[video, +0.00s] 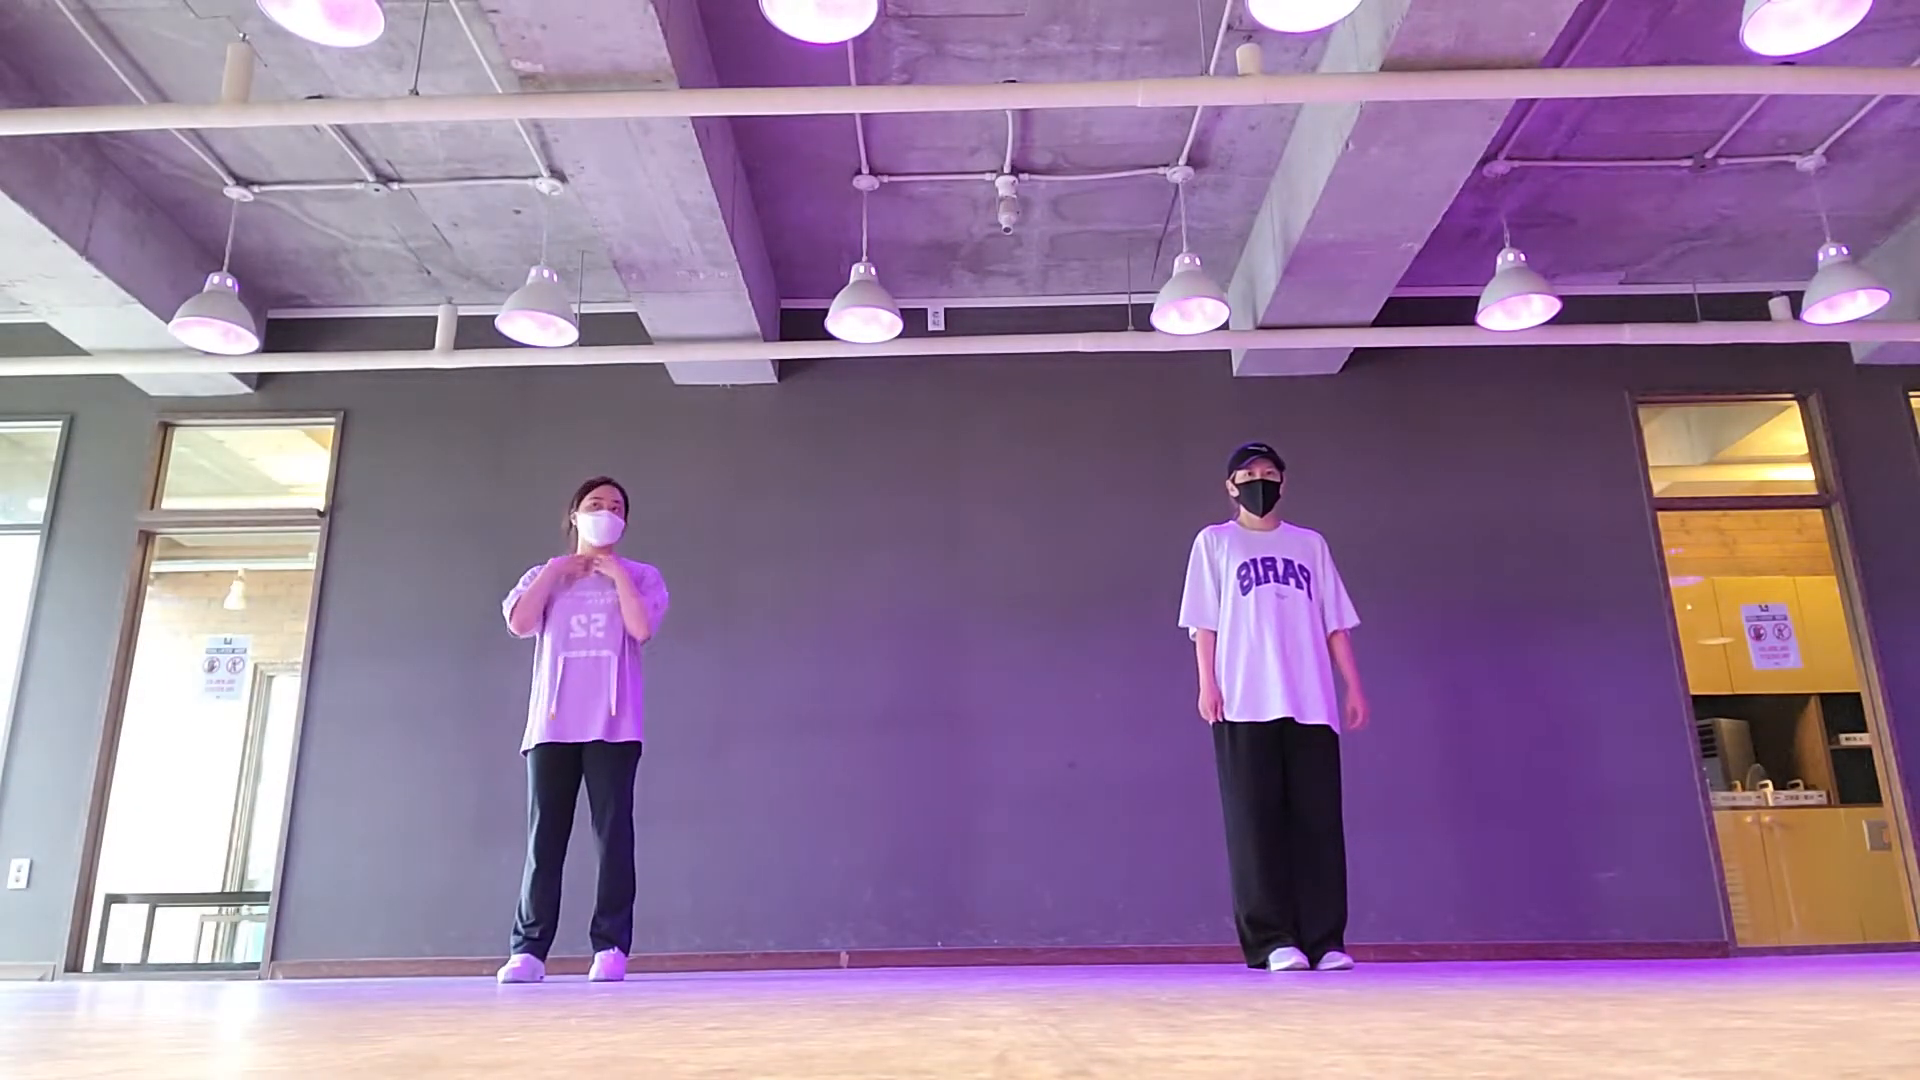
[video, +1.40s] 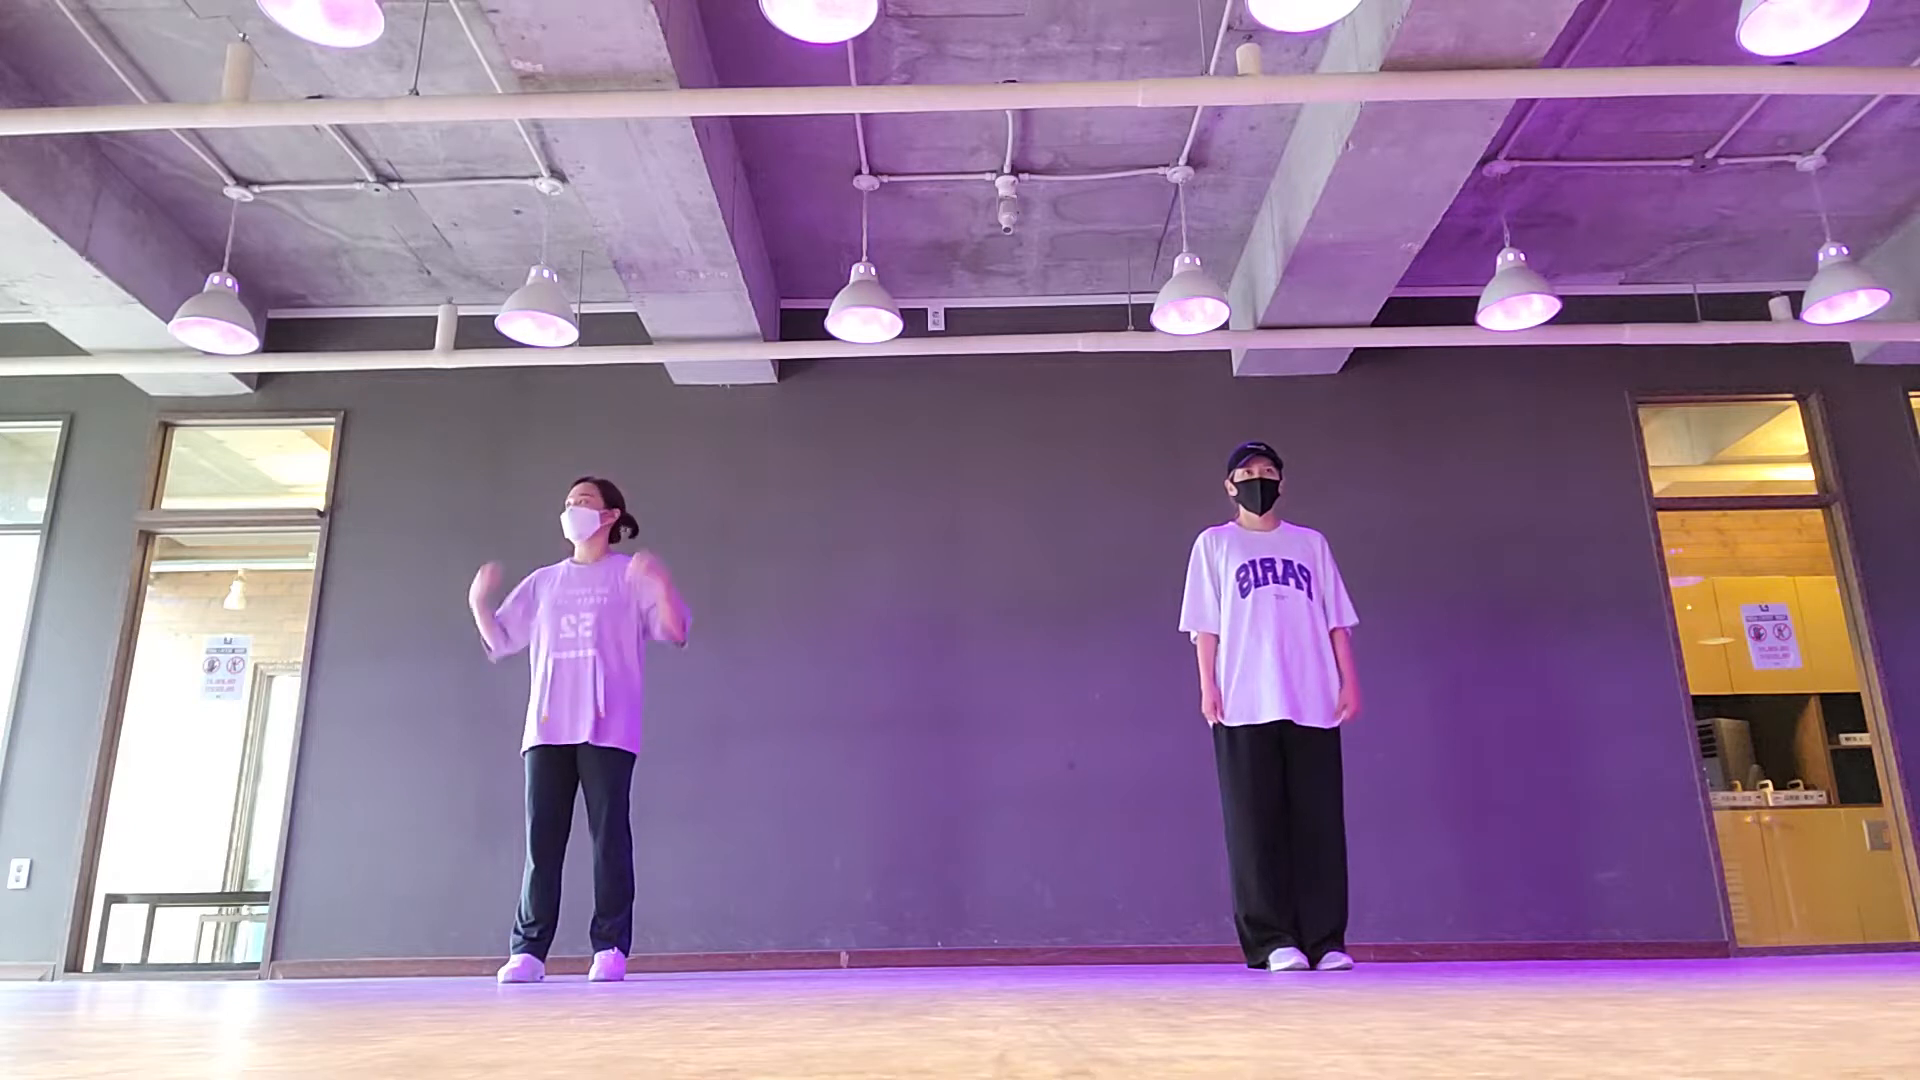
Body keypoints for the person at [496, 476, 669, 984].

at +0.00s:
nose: (606, 514)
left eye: (614, 508)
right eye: (595, 506)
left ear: (625, 524)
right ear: (574, 519)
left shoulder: (643, 577)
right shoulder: (546, 574)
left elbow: (642, 629)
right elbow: (519, 624)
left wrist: (618, 572)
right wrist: (554, 573)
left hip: (614, 725)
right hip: (551, 725)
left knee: (613, 838)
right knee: (544, 840)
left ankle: (610, 949)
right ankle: (528, 950)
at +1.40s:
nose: (573, 511)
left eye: (586, 503)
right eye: (569, 504)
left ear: (611, 519)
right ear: (562, 518)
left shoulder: (633, 574)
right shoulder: (543, 581)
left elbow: (676, 633)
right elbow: (499, 641)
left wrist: (657, 583)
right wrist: (478, 601)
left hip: (609, 723)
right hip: (547, 723)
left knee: (609, 839)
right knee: (542, 841)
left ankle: (610, 949)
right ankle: (527, 951)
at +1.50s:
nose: (573, 510)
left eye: (585, 503)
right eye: (569, 503)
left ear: (611, 518)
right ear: (561, 518)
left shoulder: (636, 576)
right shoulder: (540, 582)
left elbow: (674, 645)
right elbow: (518, 652)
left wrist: (639, 636)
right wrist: (494, 655)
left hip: (607, 725)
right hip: (546, 725)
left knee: (608, 840)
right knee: (541, 841)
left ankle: (610, 949)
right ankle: (527, 952)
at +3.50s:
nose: (556, 515)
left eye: (568, 508)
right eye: (553, 508)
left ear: (597, 518)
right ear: (547, 520)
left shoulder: (628, 572)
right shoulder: (535, 582)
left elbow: (654, 648)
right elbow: (538, 660)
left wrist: (650, 712)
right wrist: (534, 718)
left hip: (602, 721)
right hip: (542, 724)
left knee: (604, 838)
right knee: (538, 840)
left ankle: (609, 948)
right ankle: (527, 950)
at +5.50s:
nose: (578, 514)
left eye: (589, 508)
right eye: (569, 508)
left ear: (604, 528)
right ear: (554, 526)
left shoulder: (628, 584)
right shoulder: (526, 584)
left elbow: (636, 664)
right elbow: (520, 662)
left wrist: (599, 707)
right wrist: (554, 698)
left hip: (595, 727)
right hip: (535, 727)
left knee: (600, 836)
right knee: (533, 840)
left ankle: (616, 949)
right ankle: (526, 951)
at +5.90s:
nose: (606, 514)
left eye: (618, 509)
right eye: (598, 509)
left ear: (635, 526)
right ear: (586, 527)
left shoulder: (659, 582)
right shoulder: (561, 586)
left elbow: (679, 656)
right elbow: (544, 667)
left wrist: (679, 717)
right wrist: (533, 731)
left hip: (631, 727)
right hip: (568, 728)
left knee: (626, 840)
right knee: (551, 838)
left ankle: (620, 948)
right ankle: (529, 950)